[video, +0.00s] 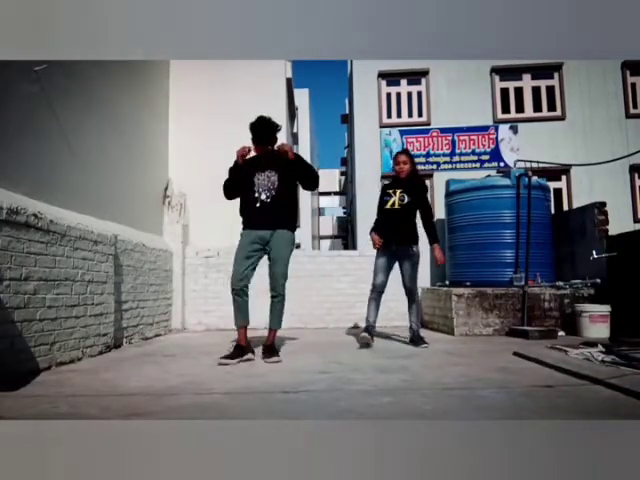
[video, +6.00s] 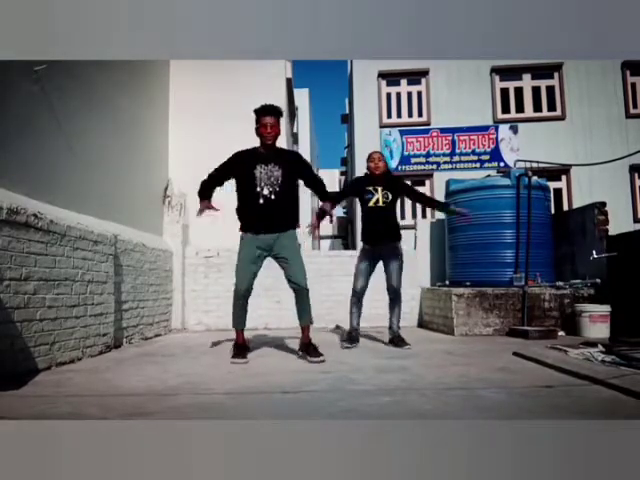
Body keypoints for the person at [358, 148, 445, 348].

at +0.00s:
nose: (401, 167)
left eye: (405, 163)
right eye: (398, 164)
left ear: (412, 165)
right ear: (394, 166)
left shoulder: (418, 186)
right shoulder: (387, 187)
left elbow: (426, 217)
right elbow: (381, 215)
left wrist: (435, 245)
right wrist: (374, 232)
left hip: (408, 244)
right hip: (386, 243)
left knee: (410, 289)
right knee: (377, 286)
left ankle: (415, 332)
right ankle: (368, 330)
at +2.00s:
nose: (400, 164)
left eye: (404, 160)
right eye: (397, 161)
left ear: (411, 163)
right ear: (394, 165)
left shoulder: (419, 185)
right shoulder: (387, 185)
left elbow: (431, 215)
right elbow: (368, 205)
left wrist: (424, 236)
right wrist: (370, 183)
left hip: (410, 244)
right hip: (387, 243)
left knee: (411, 289)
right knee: (378, 289)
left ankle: (417, 334)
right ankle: (375, 333)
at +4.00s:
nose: (368, 165)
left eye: (371, 162)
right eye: (365, 163)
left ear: (378, 166)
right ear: (361, 167)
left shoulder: (389, 186)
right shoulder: (356, 192)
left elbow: (401, 213)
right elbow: (353, 222)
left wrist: (411, 239)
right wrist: (357, 250)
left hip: (392, 244)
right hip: (368, 246)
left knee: (400, 288)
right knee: (366, 290)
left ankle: (408, 332)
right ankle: (362, 336)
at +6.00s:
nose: (377, 164)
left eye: (380, 160)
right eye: (373, 161)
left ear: (386, 163)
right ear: (367, 165)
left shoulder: (395, 183)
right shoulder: (359, 183)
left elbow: (420, 198)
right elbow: (337, 197)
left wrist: (446, 208)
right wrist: (323, 209)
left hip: (391, 245)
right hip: (369, 245)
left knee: (394, 288)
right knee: (358, 289)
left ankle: (394, 333)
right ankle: (353, 331)